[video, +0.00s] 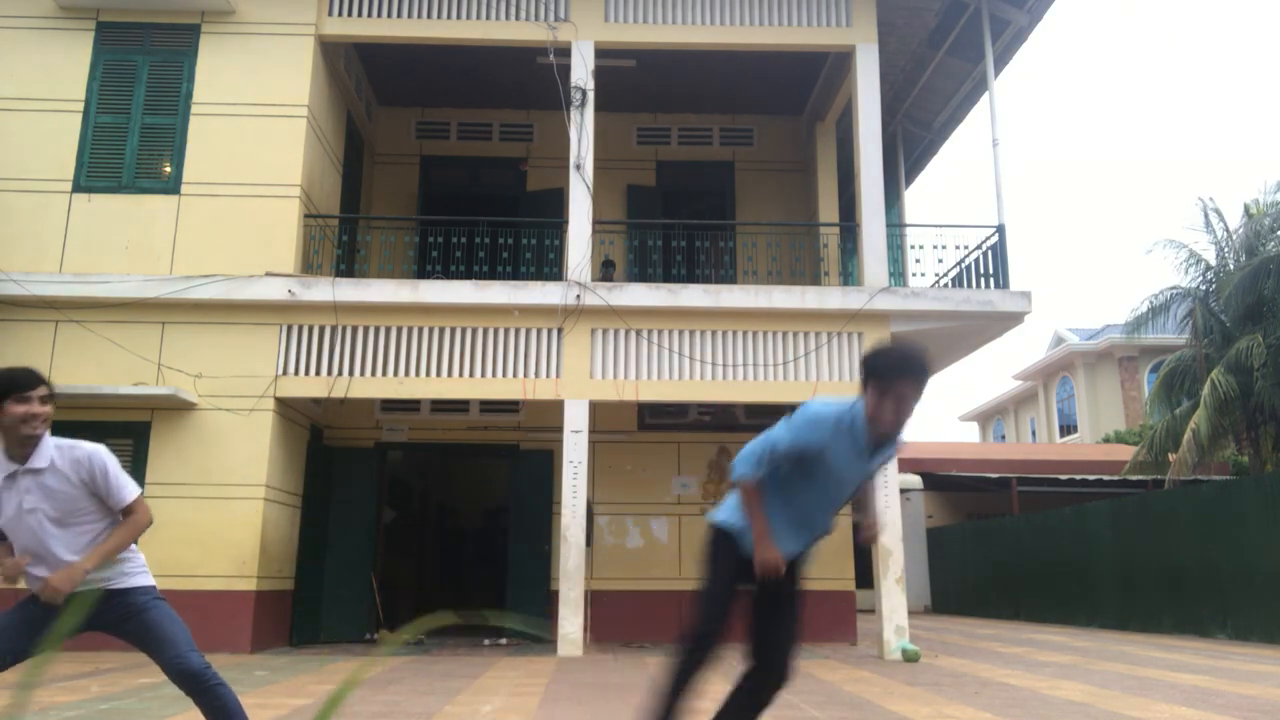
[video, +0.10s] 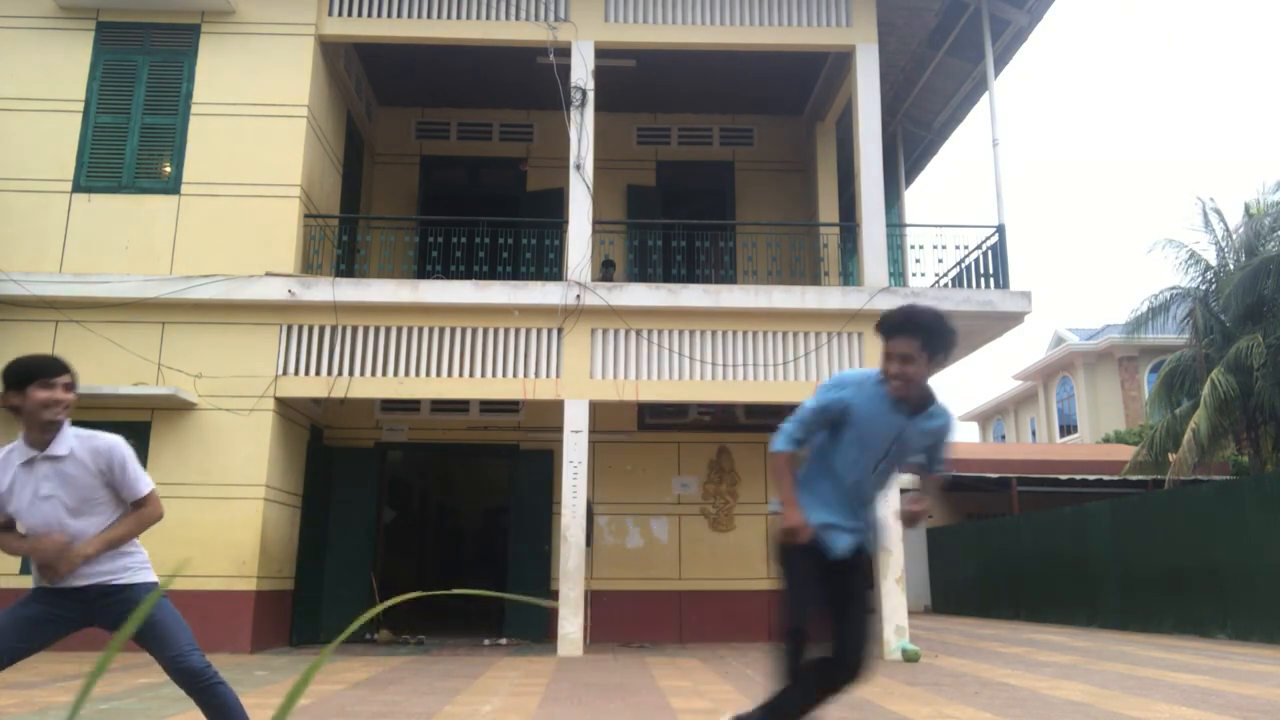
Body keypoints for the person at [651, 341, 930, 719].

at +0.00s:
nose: (896, 412)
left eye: (907, 403)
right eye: (889, 398)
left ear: (916, 403)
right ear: (868, 390)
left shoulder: (887, 439)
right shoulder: (820, 420)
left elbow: (860, 472)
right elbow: (745, 467)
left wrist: (866, 515)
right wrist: (762, 540)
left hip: (786, 549)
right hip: (738, 533)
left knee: (771, 668)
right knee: (705, 636)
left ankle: (728, 716)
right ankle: (665, 711)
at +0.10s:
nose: (894, 369)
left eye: (907, 360)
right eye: (889, 358)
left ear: (933, 363)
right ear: (881, 356)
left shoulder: (935, 422)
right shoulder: (847, 390)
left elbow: (930, 477)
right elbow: (783, 442)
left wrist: (922, 502)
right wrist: (789, 508)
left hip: (855, 534)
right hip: (806, 524)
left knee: (848, 661)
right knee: (798, 634)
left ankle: (757, 717)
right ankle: (792, 708)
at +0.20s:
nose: (915, 371)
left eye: (927, 360)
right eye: (909, 361)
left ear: (960, 363)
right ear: (902, 361)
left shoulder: (984, 428)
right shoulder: (875, 405)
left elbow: (1003, 491)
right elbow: (828, 455)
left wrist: (978, 526)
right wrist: (820, 510)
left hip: (929, 548)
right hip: (872, 544)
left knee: (932, 679)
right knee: (899, 668)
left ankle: (832, 706)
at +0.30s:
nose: (948, 377)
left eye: (958, 366)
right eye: (943, 368)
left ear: (992, 368)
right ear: (939, 373)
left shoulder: (1029, 437)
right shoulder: (922, 430)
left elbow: (1057, 520)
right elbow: (895, 492)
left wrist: (1024, 565)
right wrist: (876, 542)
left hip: (997, 573)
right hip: (935, 571)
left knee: (1025, 698)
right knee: (951, 679)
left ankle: (959, 715)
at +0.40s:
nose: (991, 355)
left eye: (999, 343)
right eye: (987, 346)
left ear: (1033, 342)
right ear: (988, 349)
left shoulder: (1084, 409)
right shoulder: (990, 407)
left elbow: (1097, 494)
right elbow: (985, 478)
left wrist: (1021, 512)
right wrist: (972, 527)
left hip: (1058, 555)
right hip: (995, 554)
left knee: (1053, 684)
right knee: (968, 674)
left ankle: (1089, 714)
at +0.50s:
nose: (1041, 349)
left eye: (1049, 339)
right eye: (1040, 340)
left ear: (1083, 340)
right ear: (1070, 342)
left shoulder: (1123, 403)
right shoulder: (1058, 403)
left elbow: (1125, 484)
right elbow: (1066, 465)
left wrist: (1048, 475)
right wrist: (1048, 508)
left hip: (1116, 560)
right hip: (1069, 555)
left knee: (1113, 687)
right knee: (1020, 667)